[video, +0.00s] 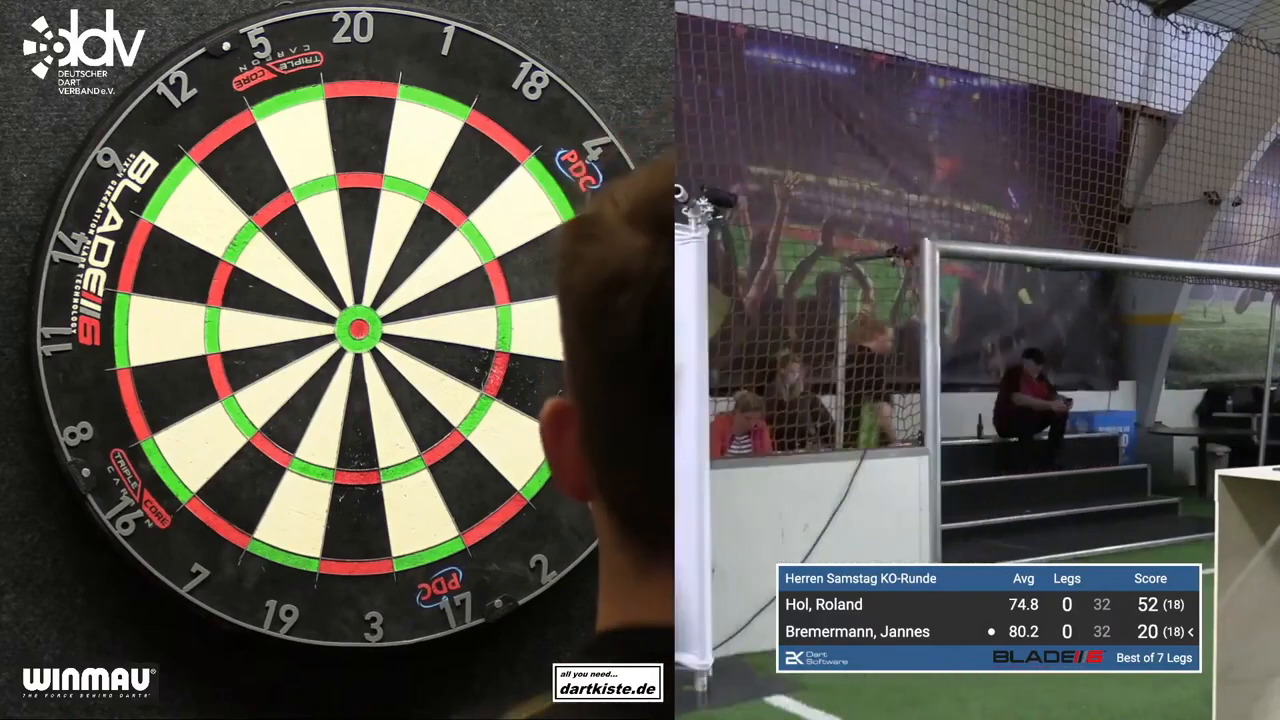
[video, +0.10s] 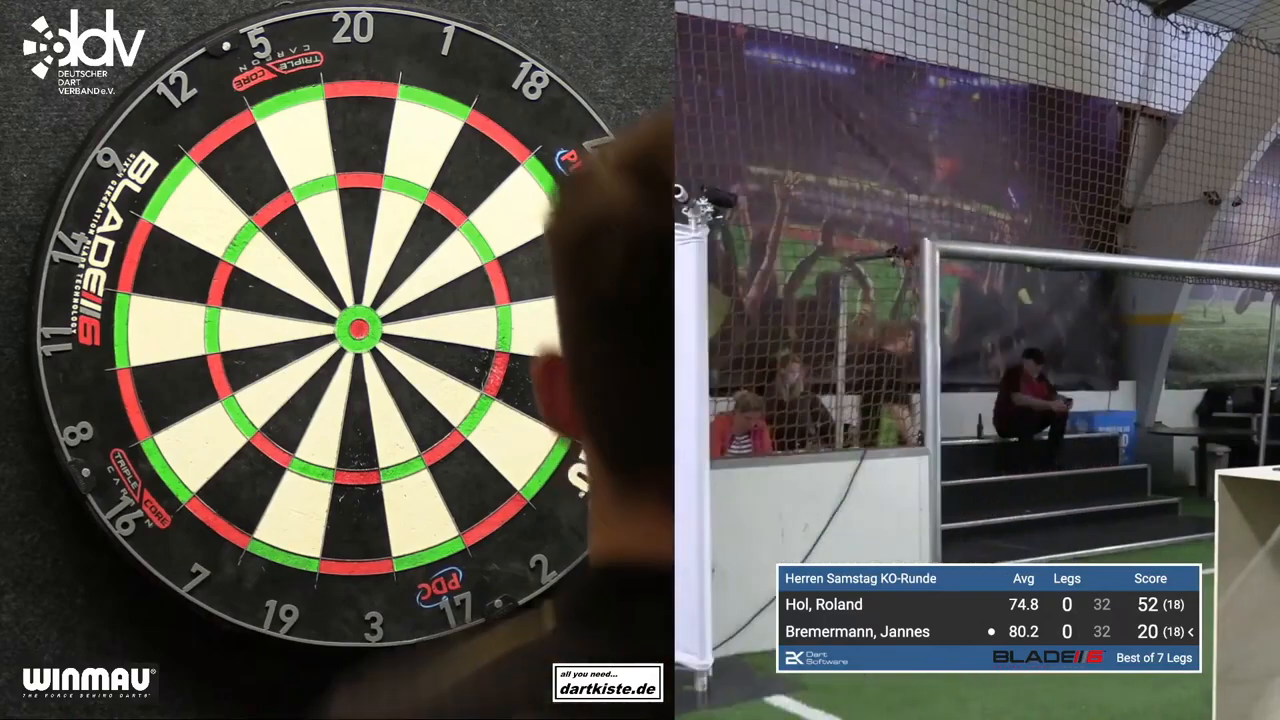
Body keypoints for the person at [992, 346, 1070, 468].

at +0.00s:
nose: (1038, 369)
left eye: (1040, 366)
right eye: (1035, 365)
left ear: (1042, 366)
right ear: (1026, 362)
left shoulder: (1040, 379)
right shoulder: (1013, 374)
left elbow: (1051, 396)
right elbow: (1017, 399)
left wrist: (1063, 402)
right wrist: (1050, 405)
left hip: (1030, 420)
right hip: (1007, 422)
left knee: (1060, 412)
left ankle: (1052, 456)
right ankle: (1026, 460)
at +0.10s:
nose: (1038, 369)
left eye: (1040, 366)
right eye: (1035, 365)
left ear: (1041, 366)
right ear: (1026, 362)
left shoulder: (1041, 379)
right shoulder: (1013, 375)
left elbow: (1052, 396)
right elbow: (1017, 399)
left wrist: (1063, 402)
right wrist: (1050, 405)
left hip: (1030, 420)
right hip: (1007, 422)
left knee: (1060, 413)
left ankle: (1052, 457)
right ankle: (1025, 461)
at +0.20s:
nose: (1039, 369)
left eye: (1041, 366)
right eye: (1036, 365)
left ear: (1042, 366)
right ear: (1026, 362)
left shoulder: (1041, 379)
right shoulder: (1013, 375)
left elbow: (1051, 396)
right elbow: (1017, 399)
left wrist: (1063, 402)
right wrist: (1050, 405)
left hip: (1030, 420)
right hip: (1007, 422)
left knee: (1060, 413)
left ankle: (1052, 456)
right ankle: (1025, 461)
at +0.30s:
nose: (1039, 369)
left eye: (1041, 366)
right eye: (1036, 365)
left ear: (1042, 366)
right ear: (1026, 362)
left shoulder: (1041, 380)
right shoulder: (1013, 375)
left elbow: (1052, 396)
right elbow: (1017, 399)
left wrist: (1063, 402)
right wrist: (1050, 405)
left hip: (1030, 419)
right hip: (1007, 422)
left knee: (1060, 412)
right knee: (1027, 416)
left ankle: (1052, 457)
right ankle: (1025, 460)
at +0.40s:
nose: (1038, 369)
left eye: (1041, 366)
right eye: (1035, 365)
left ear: (1042, 366)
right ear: (1025, 362)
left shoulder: (1041, 379)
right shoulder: (1013, 375)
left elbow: (1052, 396)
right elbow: (1017, 399)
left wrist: (1063, 402)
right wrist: (1050, 405)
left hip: (1030, 420)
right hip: (1007, 422)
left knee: (1060, 412)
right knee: (1027, 416)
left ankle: (1052, 456)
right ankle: (1025, 460)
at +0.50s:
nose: (1038, 369)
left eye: (1041, 366)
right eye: (1035, 365)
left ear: (1042, 366)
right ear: (1025, 362)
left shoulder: (1041, 379)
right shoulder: (1013, 375)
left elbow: (1051, 396)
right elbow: (1017, 399)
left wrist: (1063, 402)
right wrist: (1050, 405)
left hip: (1030, 420)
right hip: (1007, 423)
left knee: (1060, 413)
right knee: (1027, 416)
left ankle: (1052, 456)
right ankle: (1025, 461)